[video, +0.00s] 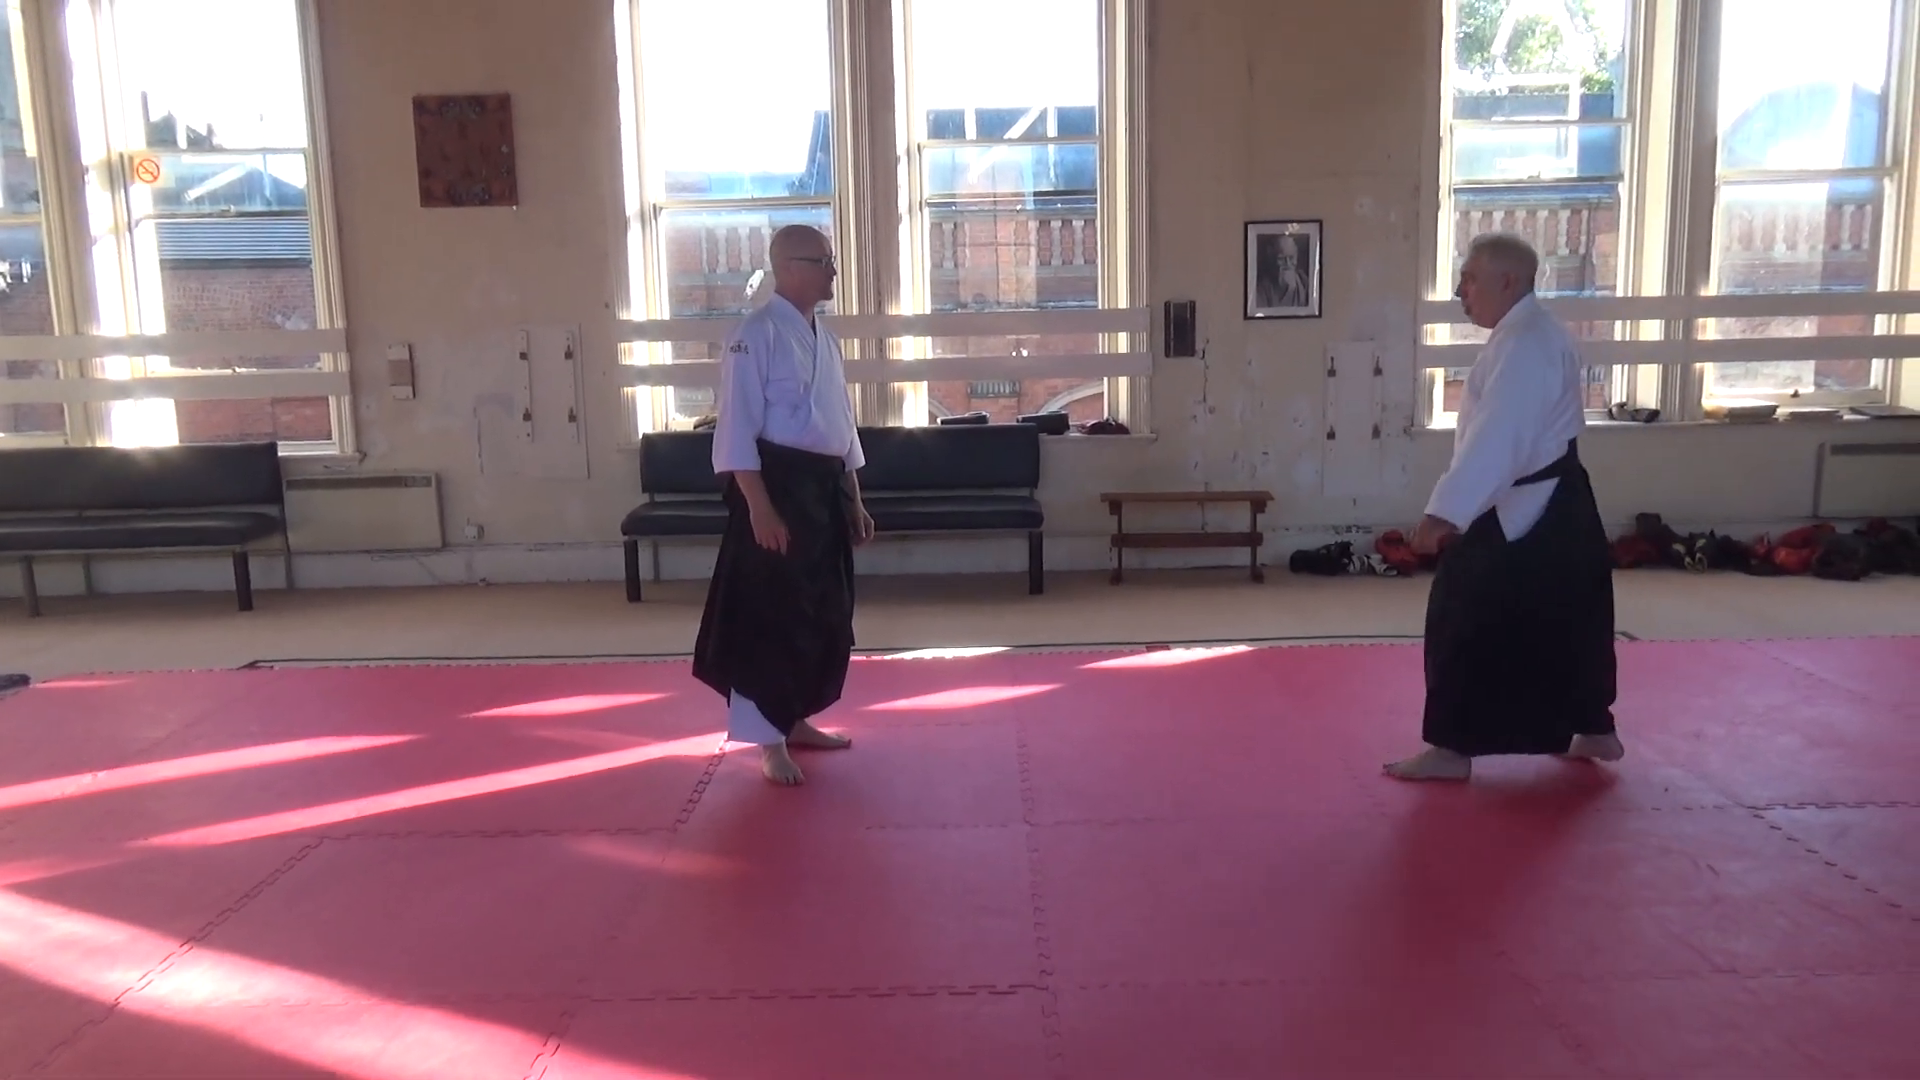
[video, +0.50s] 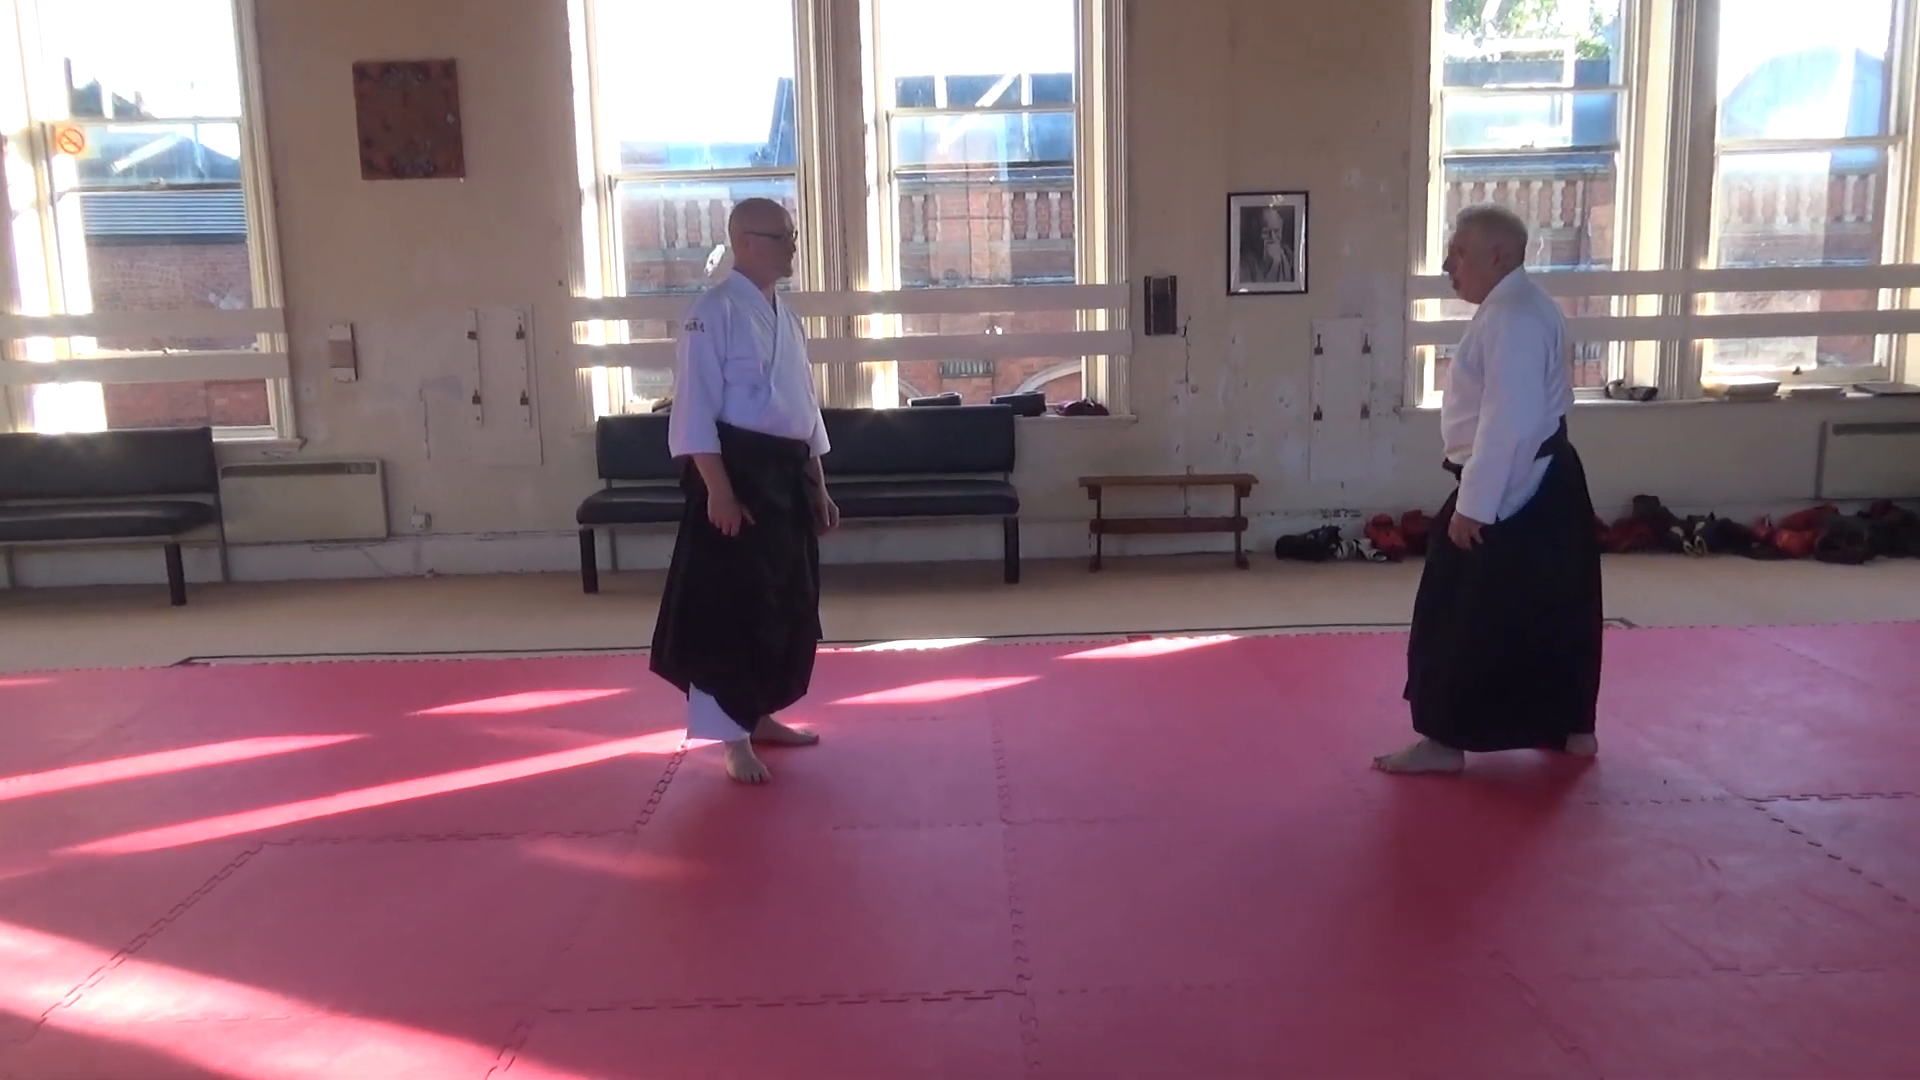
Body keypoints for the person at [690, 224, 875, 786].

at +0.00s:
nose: (831, 270)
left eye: (831, 261)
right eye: (818, 261)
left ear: (819, 270)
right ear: (782, 267)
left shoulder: (822, 335)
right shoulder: (754, 331)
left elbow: (840, 420)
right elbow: (735, 428)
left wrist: (854, 496)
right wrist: (759, 505)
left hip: (823, 482)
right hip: (772, 483)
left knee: (817, 604)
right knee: (771, 608)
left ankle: (796, 720)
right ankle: (771, 737)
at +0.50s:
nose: (792, 247)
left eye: (792, 237)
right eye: (780, 237)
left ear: (774, 243)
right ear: (742, 240)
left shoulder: (785, 313)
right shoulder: (711, 308)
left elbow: (803, 403)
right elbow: (694, 406)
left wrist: (818, 482)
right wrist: (718, 487)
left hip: (787, 467)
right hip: (733, 469)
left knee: (780, 594)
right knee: (730, 600)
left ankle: (760, 714)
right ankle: (734, 735)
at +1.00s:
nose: (757, 235)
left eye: (758, 225)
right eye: (743, 225)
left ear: (751, 231)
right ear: (704, 228)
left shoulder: (755, 307)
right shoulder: (676, 302)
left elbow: (775, 402)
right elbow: (658, 410)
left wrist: (791, 487)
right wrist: (686, 499)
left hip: (758, 472)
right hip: (699, 474)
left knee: (752, 608)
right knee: (698, 615)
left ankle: (731, 739)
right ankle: (704, 761)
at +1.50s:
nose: (740, 250)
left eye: (741, 240)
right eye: (724, 241)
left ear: (740, 247)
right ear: (687, 248)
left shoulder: (741, 328)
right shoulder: (662, 321)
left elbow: (761, 422)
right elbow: (644, 426)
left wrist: (777, 507)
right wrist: (674, 512)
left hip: (743, 492)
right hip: (684, 494)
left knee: (737, 628)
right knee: (682, 635)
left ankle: (715, 758)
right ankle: (688, 781)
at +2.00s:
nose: (735, 266)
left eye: (736, 255)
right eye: (721, 256)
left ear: (729, 265)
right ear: (682, 263)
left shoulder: (734, 341)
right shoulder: (653, 336)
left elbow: (754, 431)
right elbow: (632, 438)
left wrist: (763, 513)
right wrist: (659, 523)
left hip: (733, 502)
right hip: (676, 504)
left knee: (726, 642)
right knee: (679, 647)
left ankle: (706, 775)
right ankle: (682, 800)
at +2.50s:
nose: (743, 284)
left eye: (749, 274)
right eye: (730, 272)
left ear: (752, 280)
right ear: (695, 273)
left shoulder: (753, 363)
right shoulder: (646, 342)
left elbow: (767, 449)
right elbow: (595, 429)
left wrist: (754, 518)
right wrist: (620, 507)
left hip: (716, 519)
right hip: (645, 510)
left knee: (711, 652)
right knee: (640, 652)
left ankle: (695, 787)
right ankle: (630, 799)